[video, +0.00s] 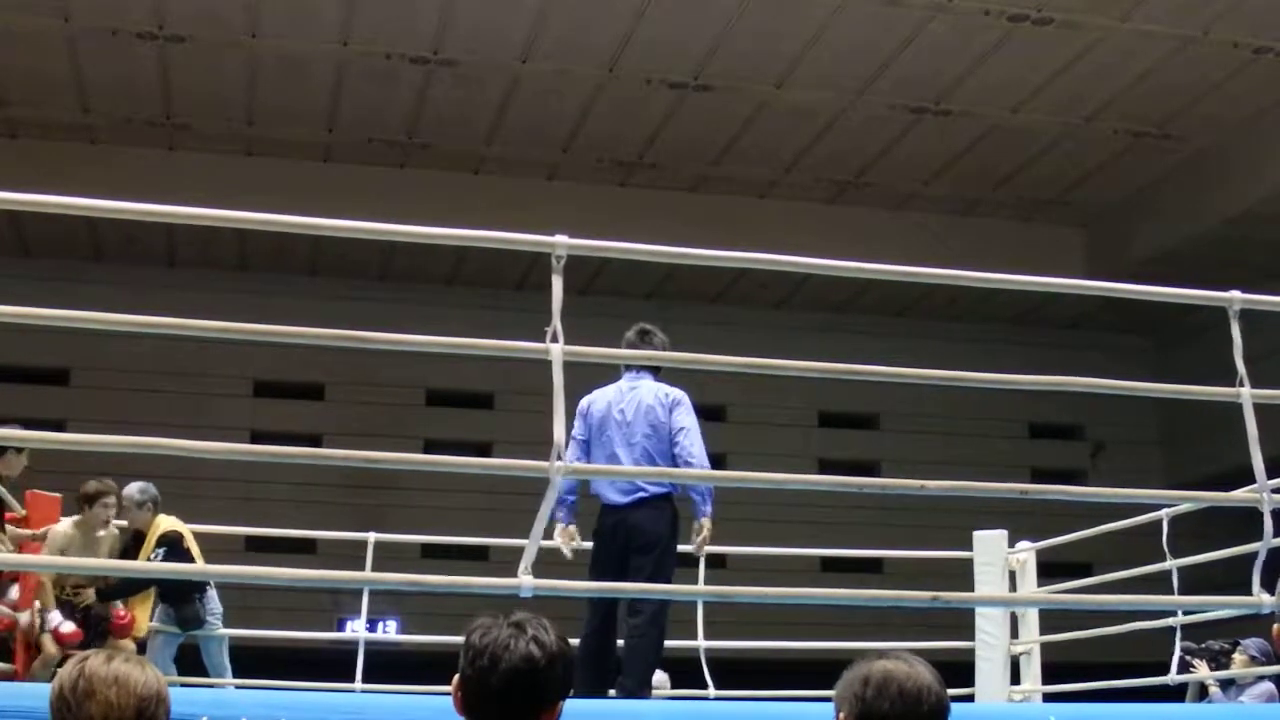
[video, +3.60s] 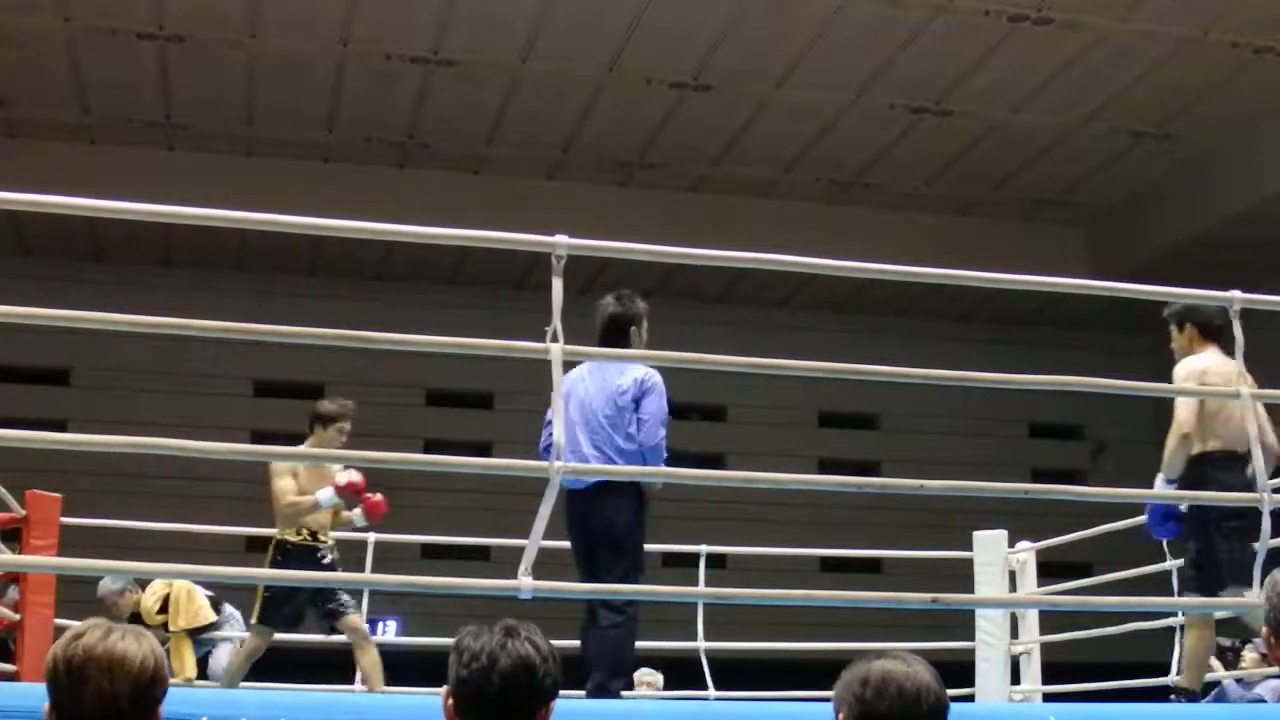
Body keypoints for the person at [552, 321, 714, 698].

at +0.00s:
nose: (659, 364)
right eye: (661, 358)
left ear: (623, 357)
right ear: (660, 360)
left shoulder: (591, 402)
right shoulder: (674, 400)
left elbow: (573, 462)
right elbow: (691, 457)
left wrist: (565, 517)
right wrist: (704, 511)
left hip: (610, 519)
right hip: (655, 518)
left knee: (599, 608)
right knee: (647, 609)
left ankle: (587, 698)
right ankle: (633, 699)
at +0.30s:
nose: (659, 362)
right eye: (662, 357)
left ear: (624, 356)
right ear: (660, 359)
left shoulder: (594, 401)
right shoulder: (673, 399)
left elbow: (569, 452)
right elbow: (700, 453)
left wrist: (550, 458)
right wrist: (731, 497)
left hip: (611, 519)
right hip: (657, 518)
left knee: (602, 607)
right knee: (647, 608)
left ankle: (587, 698)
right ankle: (633, 698)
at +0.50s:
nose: (670, 362)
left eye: (666, 356)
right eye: (669, 357)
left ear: (628, 355)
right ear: (664, 359)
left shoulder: (594, 399)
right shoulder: (669, 398)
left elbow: (550, 435)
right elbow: (708, 439)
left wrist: (536, 417)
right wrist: (769, 435)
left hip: (612, 516)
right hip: (656, 515)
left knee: (603, 606)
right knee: (648, 606)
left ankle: (587, 697)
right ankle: (634, 698)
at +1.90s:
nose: (673, 366)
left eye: (673, 360)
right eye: (673, 360)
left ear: (631, 356)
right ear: (666, 360)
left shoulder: (597, 399)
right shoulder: (669, 396)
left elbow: (555, 437)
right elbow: (714, 428)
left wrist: (529, 473)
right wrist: (768, 402)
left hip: (610, 517)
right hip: (655, 516)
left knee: (602, 604)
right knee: (645, 606)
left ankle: (589, 696)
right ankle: (633, 698)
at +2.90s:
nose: (660, 361)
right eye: (664, 355)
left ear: (627, 361)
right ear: (665, 361)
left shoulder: (604, 407)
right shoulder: (677, 408)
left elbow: (586, 463)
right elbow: (726, 457)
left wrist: (589, 439)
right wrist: (772, 442)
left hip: (617, 528)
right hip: (661, 525)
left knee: (631, 615)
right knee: (692, 610)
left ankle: (638, 705)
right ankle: (653, 680)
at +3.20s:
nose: (660, 360)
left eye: (655, 354)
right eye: (658, 354)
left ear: (615, 359)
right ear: (652, 360)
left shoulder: (592, 409)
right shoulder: (670, 407)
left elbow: (600, 458)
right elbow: (694, 467)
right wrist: (698, 445)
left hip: (611, 524)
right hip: (657, 520)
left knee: (626, 609)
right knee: (681, 603)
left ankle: (635, 699)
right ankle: (645, 665)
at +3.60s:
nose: (649, 334)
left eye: (646, 326)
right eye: (646, 327)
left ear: (600, 331)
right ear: (636, 332)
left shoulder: (572, 379)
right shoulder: (645, 377)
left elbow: (548, 442)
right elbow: (651, 439)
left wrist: (569, 474)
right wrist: (654, 478)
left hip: (577, 496)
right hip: (621, 495)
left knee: (594, 587)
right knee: (620, 588)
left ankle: (600, 678)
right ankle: (608, 685)